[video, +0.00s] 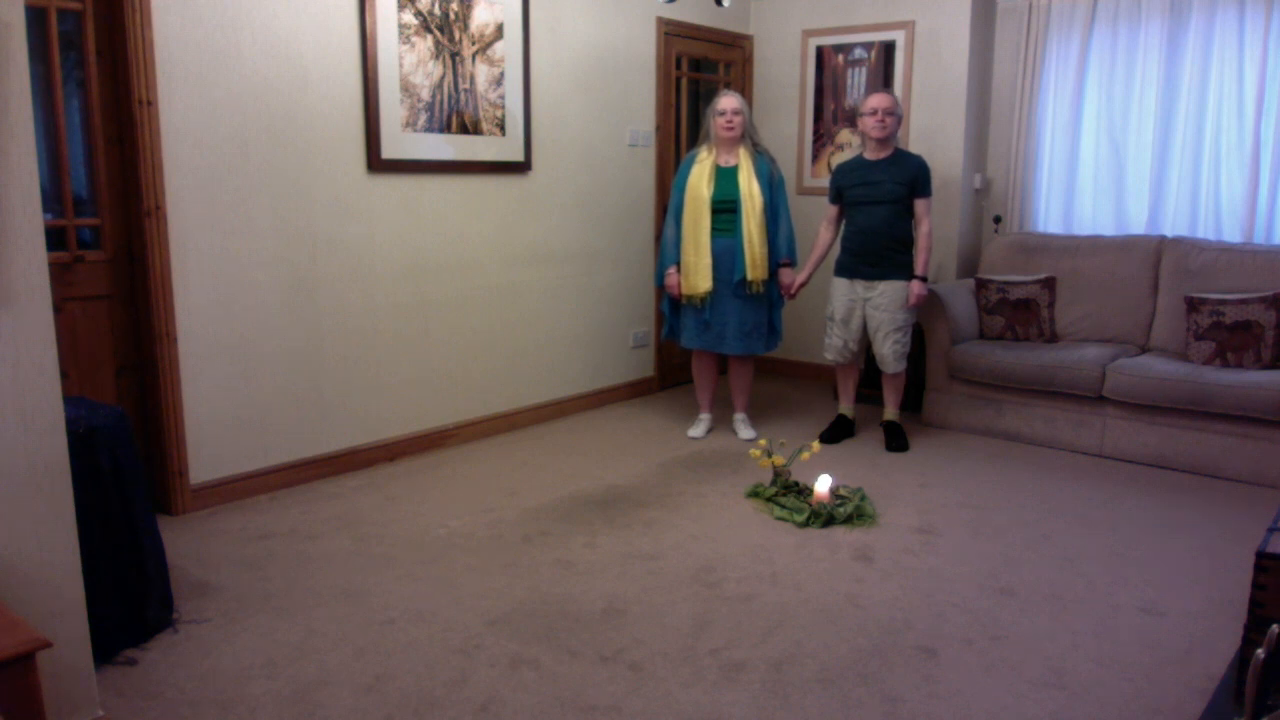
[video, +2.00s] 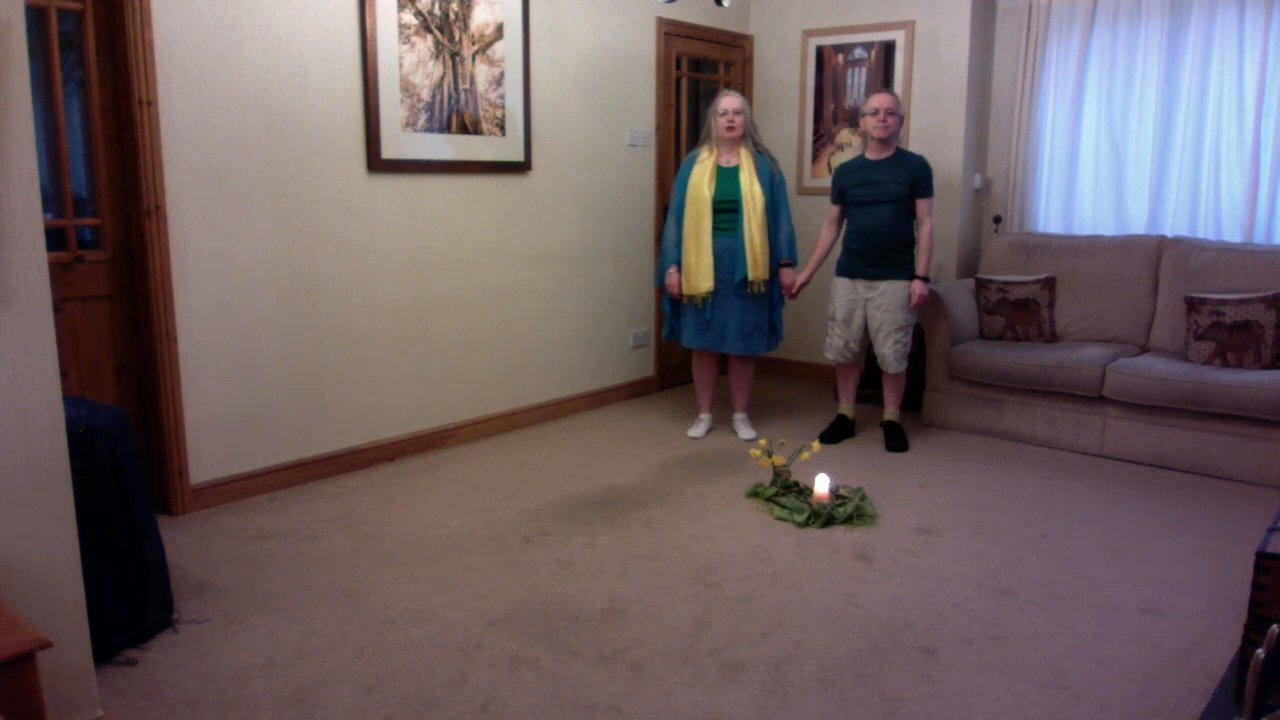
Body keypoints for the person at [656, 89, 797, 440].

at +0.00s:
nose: (729, 119)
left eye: (736, 113)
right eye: (722, 114)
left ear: (746, 119)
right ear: (711, 120)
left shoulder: (762, 164)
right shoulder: (692, 163)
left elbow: (779, 216)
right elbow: (674, 218)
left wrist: (785, 264)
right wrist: (671, 266)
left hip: (749, 268)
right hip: (700, 269)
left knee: (742, 344)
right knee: (702, 343)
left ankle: (741, 415)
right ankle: (704, 413)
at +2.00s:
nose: (730, 119)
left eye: (737, 113)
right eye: (723, 113)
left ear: (747, 119)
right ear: (713, 120)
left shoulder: (764, 164)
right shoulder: (694, 163)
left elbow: (780, 216)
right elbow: (675, 218)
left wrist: (785, 264)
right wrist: (671, 266)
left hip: (750, 269)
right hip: (702, 269)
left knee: (743, 345)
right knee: (703, 343)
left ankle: (741, 414)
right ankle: (705, 413)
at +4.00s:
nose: (733, 120)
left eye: (741, 114)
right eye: (726, 114)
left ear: (751, 119)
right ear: (716, 120)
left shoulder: (768, 164)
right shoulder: (698, 164)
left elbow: (785, 216)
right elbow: (680, 218)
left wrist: (790, 265)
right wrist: (674, 266)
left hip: (754, 269)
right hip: (705, 270)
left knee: (746, 346)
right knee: (705, 344)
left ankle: (740, 414)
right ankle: (704, 413)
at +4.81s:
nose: (692, 123)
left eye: (699, 116)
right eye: (685, 117)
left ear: (710, 122)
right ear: (674, 124)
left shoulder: (728, 168)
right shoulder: (655, 168)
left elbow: (748, 222)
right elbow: (637, 224)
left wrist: (762, 269)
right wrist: (626, 270)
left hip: (715, 274)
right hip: (660, 274)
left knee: (725, 348)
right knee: (656, 349)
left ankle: (736, 413)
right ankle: (658, 415)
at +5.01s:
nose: (674, 123)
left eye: (681, 116)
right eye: (666, 117)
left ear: (692, 122)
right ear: (656, 123)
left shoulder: (710, 169)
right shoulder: (637, 167)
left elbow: (729, 224)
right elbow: (617, 222)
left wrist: (739, 271)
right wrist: (605, 270)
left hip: (694, 276)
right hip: (643, 277)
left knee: (697, 347)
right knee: (648, 348)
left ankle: (698, 412)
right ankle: (655, 416)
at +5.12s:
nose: (668, 121)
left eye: (675, 115)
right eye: (661, 115)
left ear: (686, 120)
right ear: (650, 121)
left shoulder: (704, 169)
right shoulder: (630, 166)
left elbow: (722, 222)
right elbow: (610, 222)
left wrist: (731, 269)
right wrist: (599, 272)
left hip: (687, 274)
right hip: (637, 274)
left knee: (680, 347)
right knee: (646, 348)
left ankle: (666, 420)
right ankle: (655, 417)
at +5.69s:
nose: (637, 116)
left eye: (645, 110)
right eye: (630, 111)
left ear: (656, 119)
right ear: (617, 119)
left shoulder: (674, 167)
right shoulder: (597, 166)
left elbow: (692, 225)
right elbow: (577, 229)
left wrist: (700, 277)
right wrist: (570, 282)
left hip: (661, 283)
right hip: (607, 283)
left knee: (648, 367)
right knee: (606, 367)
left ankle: (632, 442)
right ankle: (621, 409)